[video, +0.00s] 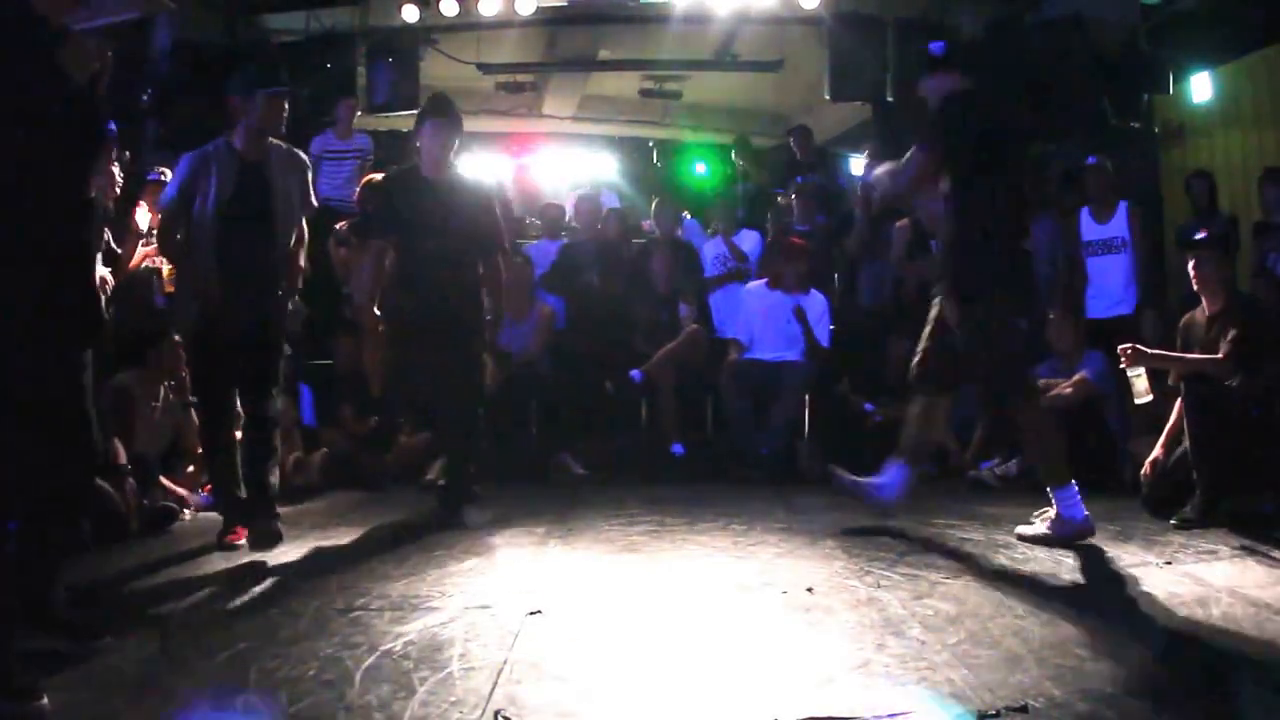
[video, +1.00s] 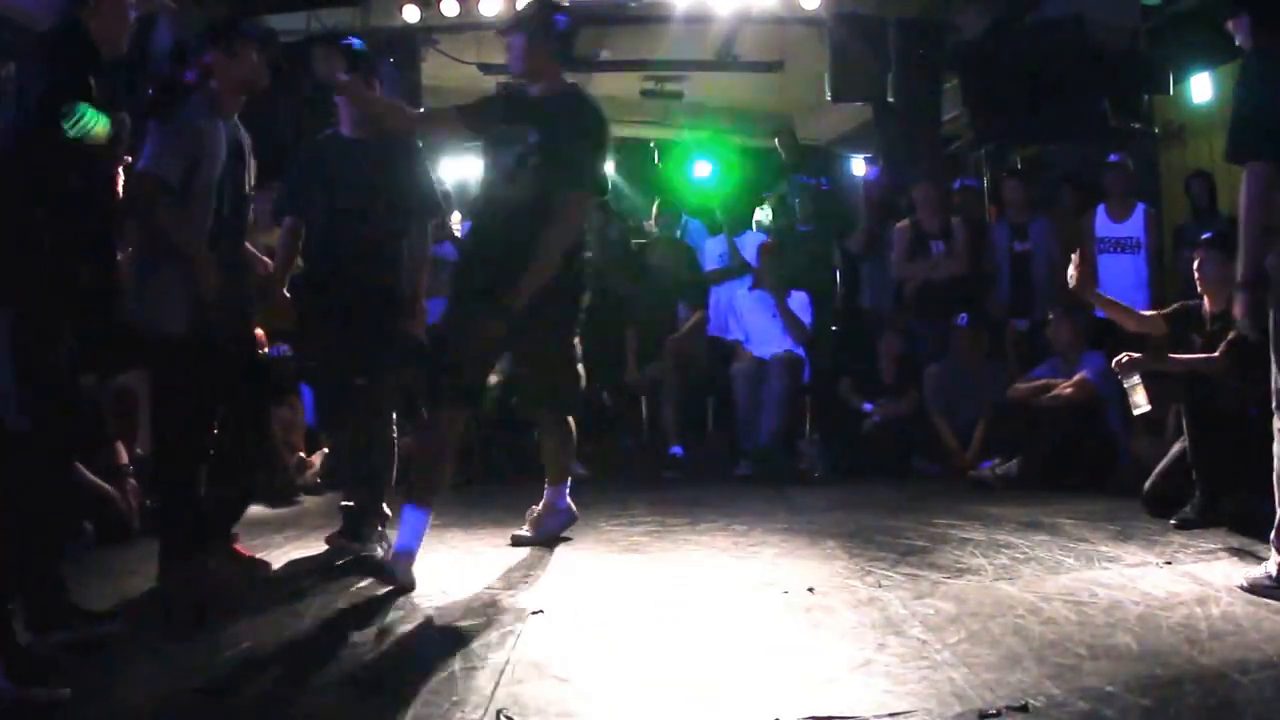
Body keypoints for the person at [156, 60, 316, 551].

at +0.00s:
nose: (282, 113)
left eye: (284, 104)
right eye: (272, 104)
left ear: (280, 109)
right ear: (241, 106)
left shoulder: (294, 164)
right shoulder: (200, 163)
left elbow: (302, 229)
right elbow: (168, 224)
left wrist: (293, 284)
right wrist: (186, 268)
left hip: (268, 307)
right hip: (211, 306)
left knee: (262, 411)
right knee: (216, 415)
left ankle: (264, 511)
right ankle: (232, 515)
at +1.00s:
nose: (259, 71)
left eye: (260, 60)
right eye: (249, 59)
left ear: (249, 69)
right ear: (217, 61)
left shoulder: (239, 137)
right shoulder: (185, 124)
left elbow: (232, 222)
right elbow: (148, 201)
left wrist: (256, 260)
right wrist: (196, 259)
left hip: (221, 303)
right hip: (175, 306)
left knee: (243, 423)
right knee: (182, 426)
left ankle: (216, 536)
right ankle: (180, 553)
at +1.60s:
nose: (236, 96)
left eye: (235, 86)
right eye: (232, 85)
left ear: (199, 81)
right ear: (216, 83)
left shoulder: (185, 120)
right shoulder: (192, 117)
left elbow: (172, 209)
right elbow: (163, 199)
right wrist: (207, 254)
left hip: (166, 297)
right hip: (167, 301)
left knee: (179, 422)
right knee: (183, 425)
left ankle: (179, 535)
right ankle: (179, 554)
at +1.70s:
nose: (233, 100)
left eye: (231, 94)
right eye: (231, 93)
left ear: (193, 88)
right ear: (221, 91)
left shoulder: (169, 126)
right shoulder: (205, 120)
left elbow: (128, 210)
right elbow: (190, 197)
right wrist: (229, 263)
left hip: (150, 301)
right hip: (176, 305)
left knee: (175, 422)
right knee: (191, 422)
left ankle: (171, 541)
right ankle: (179, 550)